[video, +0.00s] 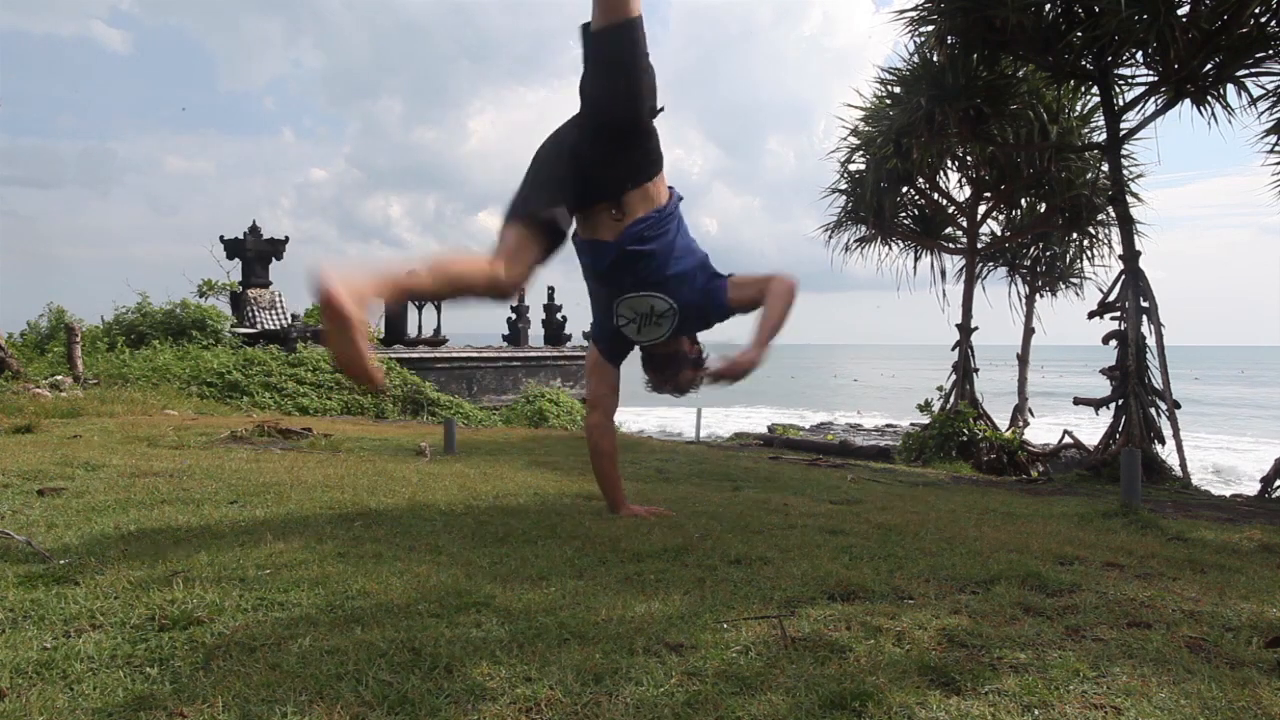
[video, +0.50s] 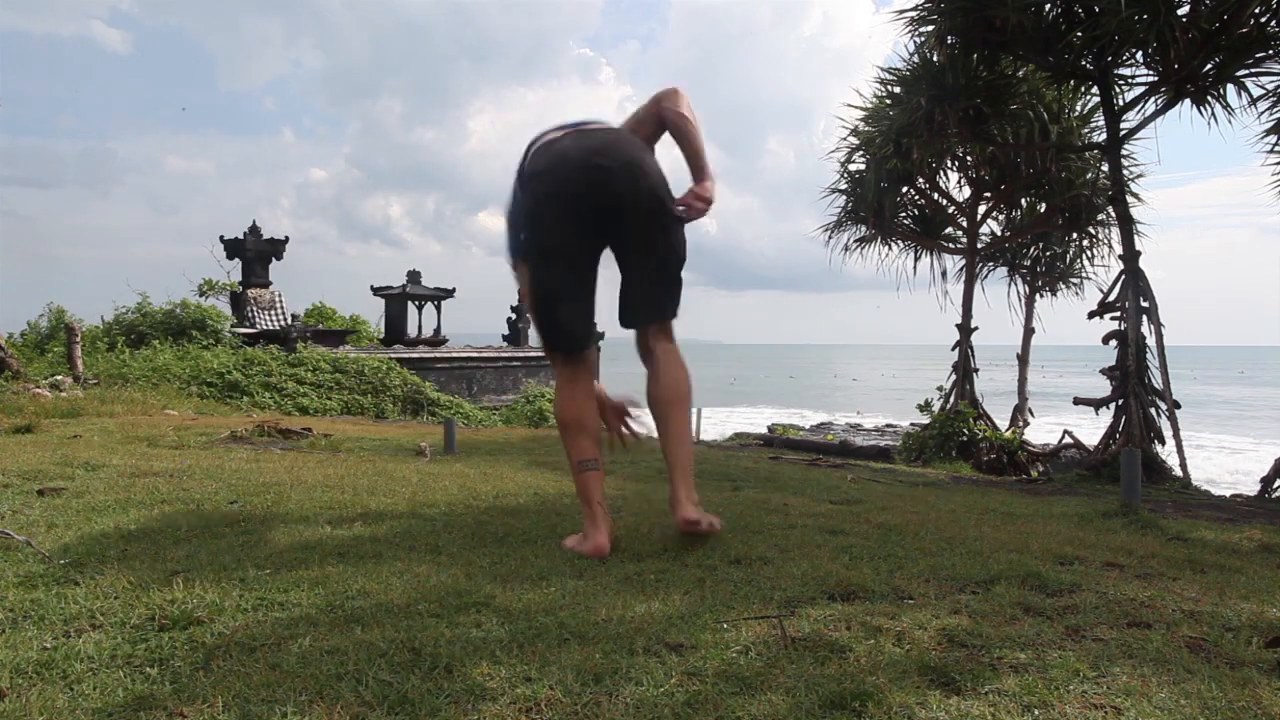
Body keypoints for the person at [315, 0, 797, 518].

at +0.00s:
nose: (666, 379)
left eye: (668, 384)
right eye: (679, 382)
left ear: (657, 360)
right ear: (694, 350)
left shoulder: (611, 334)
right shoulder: (701, 298)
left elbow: (599, 424)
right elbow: (783, 285)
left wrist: (619, 506)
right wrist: (756, 351)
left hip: (562, 166)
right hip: (628, 141)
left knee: (505, 274)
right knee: (618, 7)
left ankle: (356, 289)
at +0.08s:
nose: (651, 374)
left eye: (654, 378)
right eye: (664, 377)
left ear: (647, 357)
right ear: (685, 349)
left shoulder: (604, 335)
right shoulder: (704, 294)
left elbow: (597, 417)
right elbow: (788, 256)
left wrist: (617, 505)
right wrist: (806, 311)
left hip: (555, 169)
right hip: (619, 148)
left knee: (533, 306)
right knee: (612, 2)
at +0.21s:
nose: (640, 374)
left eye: (642, 376)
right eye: (648, 374)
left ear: (632, 348)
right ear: (665, 341)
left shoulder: (593, 339)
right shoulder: (672, 289)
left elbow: (595, 421)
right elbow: (740, 213)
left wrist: (616, 502)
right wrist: (806, 239)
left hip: (552, 185)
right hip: (621, 172)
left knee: (573, 346)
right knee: (615, 102)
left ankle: (580, 502)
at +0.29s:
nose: (647, 313)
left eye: (639, 318)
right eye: (651, 316)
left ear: (617, 318)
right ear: (650, 311)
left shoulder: (586, 305)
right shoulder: (648, 262)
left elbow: (594, 396)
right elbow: (693, 165)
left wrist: (617, 501)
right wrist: (764, 196)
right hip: (626, 152)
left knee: (579, 365)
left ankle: (596, 525)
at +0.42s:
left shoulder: (556, 269)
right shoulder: (630, 184)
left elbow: (589, 380)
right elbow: (669, 120)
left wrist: (631, 466)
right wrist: (727, 171)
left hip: (534, 195)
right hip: (605, 170)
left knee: (571, 371)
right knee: (662, 334)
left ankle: (596, 527)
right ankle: (655, 452)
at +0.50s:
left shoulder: (526, 199)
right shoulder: (624, 140)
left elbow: (540, 311)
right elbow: (671, 97)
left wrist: (596, 394)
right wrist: (703, 177)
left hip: (548, 183)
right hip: (627, 167)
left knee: (569, 367)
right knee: (659, 338)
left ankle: (596, 528)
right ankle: (686, 503)